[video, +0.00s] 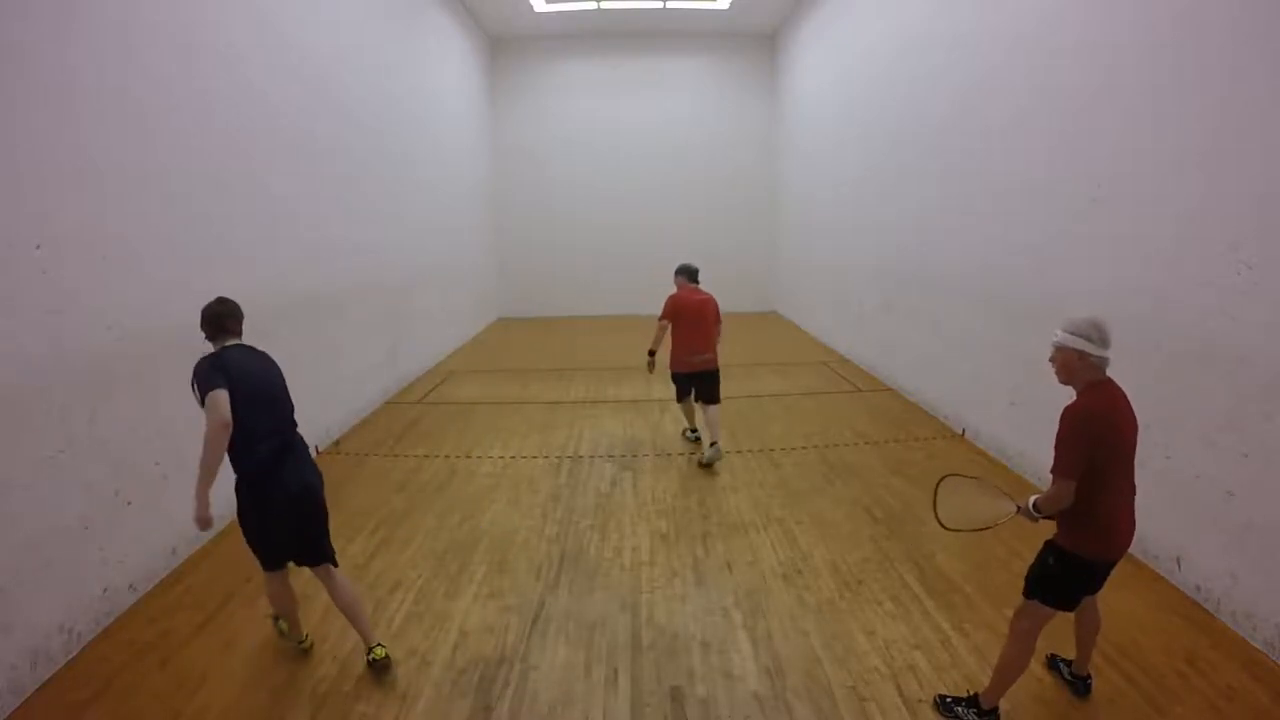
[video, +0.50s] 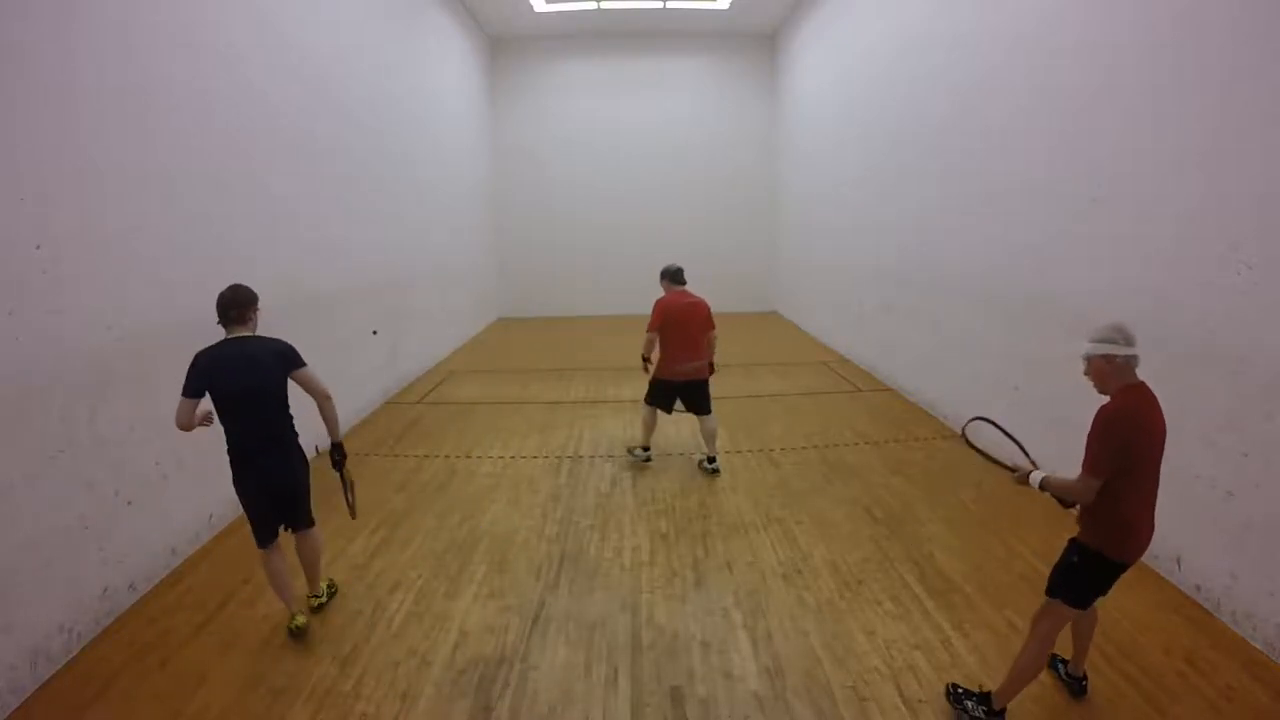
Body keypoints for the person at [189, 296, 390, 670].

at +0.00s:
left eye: (207, 329)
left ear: (206, 332)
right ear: (241, 325)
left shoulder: (210, 366)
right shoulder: (263, 359)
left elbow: (221, 419)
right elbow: (284, 418)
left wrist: (202, 492)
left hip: (260, 487)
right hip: (302, 475)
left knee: (274, 567)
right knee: (326, 565)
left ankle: (295, 632)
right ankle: (374, 644)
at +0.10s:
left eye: (202, 335)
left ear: (203, 337)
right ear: (237, 329)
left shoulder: (205, 380)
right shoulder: (267, 365)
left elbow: (213, 449)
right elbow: (300, 421)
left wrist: (214, 509)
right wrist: (273, 443)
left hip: (258, 493)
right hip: (301, 481)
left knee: (278, 561)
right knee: (324, 561)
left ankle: (303, 630)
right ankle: (364, 630)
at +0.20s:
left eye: (208, 331)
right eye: (235, 324)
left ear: (202, 335)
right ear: (237, 327)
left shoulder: (200, 385)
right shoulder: (267, 363)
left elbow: (206, 456)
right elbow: (310, 411)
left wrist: (213, 510)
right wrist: (310, 454)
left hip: (253, 487)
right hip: (295, 472)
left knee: (275, 559)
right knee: (314, 546)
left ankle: (302, 627)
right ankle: (348, 603)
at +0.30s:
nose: (242, 316)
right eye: (242, 311)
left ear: (206, 322)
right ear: (240, 315)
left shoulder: (197, 369)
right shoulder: (268, 352)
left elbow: (196, 437)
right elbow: (316, 397)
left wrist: (204, 473)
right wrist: (322, 446)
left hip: (248, 475)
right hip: (290, 462)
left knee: (273, 551)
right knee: (306, 528)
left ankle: (302, 625)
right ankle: (338, 594)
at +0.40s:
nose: (248, 309)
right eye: (248, 305)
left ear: (212, 314)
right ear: (247, 308)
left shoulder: (199, 358)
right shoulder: (272, 345)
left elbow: (185, 424)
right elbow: (319, 388)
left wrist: (200, 436)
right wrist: (330, 438)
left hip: (245, 467)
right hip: (288, 455)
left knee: (270, 547)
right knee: (305, 522)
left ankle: (300, 622)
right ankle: (326, 588)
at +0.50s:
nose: (259, 314)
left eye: (256, 308)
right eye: (257, 309)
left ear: (220, 318)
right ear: (252, 314)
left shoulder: (205, 361)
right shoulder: (276, 349)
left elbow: (184, 420)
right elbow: (322, 395)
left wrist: (201, 418)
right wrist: (336, 442)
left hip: (245, 466)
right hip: (288, 456)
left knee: (268, 544)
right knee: (303, 525)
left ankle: (297, 613)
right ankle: (317, 591)